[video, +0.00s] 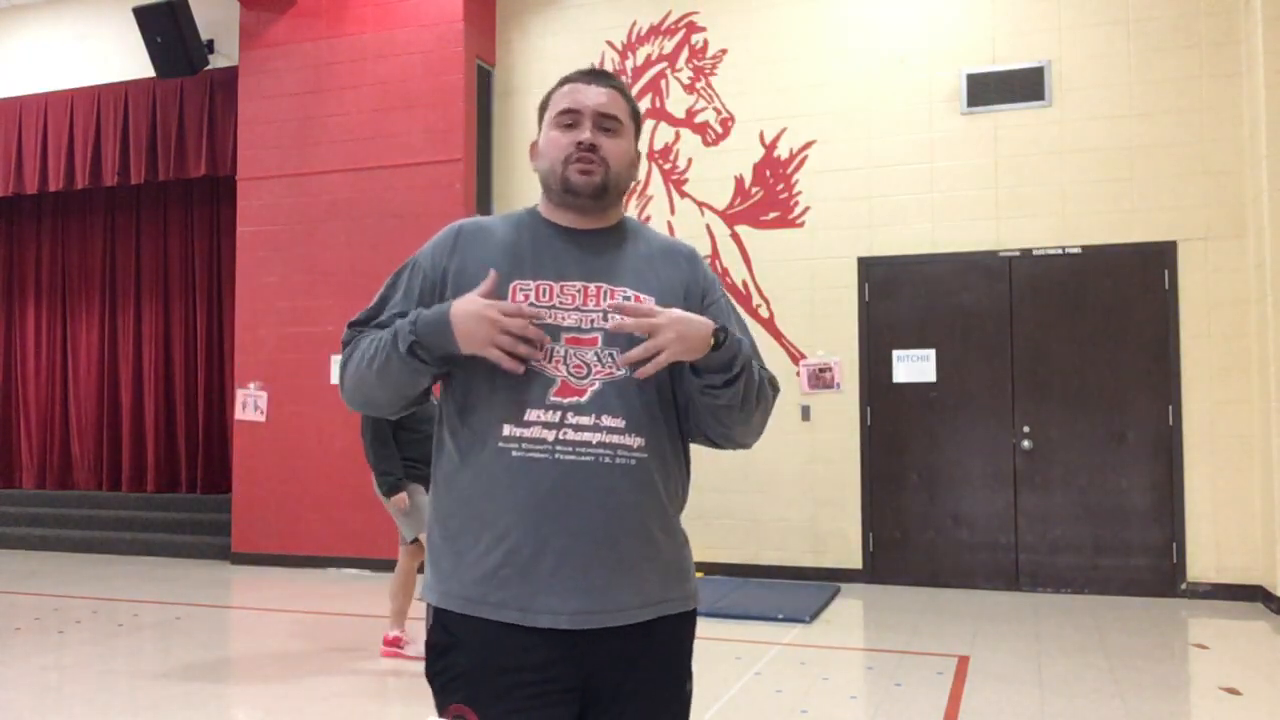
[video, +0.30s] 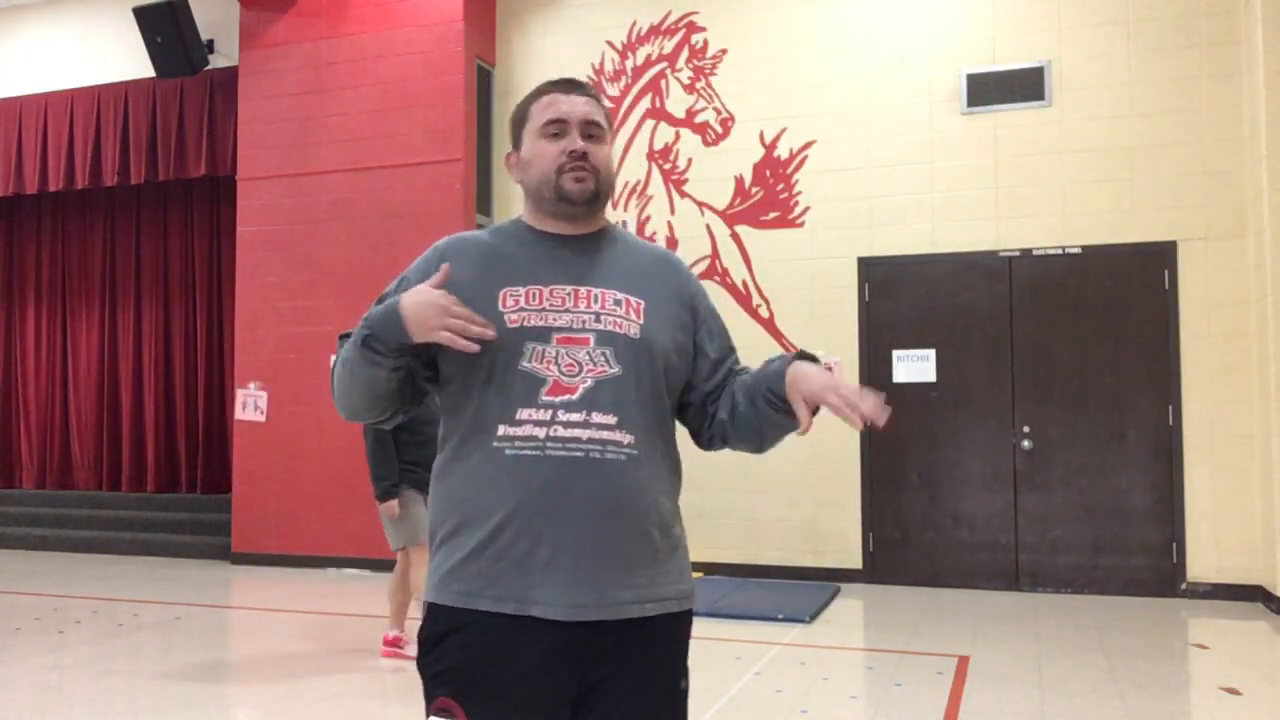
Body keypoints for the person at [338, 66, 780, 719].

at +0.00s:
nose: (587, 136)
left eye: (609, 125)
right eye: (568, 122)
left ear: (637, 159)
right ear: (535, 149)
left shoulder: (680, 270)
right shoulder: (465, 247)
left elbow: (740, 425)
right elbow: (362, 382)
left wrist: (714, 346)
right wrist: (441, 330)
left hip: (640, 612)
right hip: (488, 609)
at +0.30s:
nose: (576, 144)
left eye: (592, 133)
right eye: (555, 132)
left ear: (614, 158)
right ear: (515, 160)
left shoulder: (666, 278)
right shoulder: (456, 263)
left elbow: (720, 412)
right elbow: (358, 402)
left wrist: (786, 377)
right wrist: (393, 322)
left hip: (638, 612)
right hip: (487, 609)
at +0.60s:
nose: (552, 157)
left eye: (565, 143)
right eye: (528, 145)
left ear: (586, 164)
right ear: (491, 176)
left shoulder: (641, 278)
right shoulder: (443, 272)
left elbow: (677, 411)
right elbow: (365, 413)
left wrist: (731, 387)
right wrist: (373, 334)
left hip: (613, 594)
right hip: (470, 593)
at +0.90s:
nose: (522, 172)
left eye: (535, 159)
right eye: (499, 162)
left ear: (556, 177)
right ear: (469, 193)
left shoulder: (617, 275)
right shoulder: (429, 287)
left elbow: (685, 391)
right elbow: (361, 410)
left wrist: (606, 342)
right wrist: (427, 376)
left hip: (586, 585)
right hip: (451, 585)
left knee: (574, 710)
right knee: (457, 712)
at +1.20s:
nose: (503, 182)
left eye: (520, 169)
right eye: (485, 171)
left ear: (548, 186)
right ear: (463, 195)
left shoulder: (601, 271)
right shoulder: (424, 289)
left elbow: (629, 372)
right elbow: (366, 403)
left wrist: (510, 335)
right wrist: (437, 394)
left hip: (573, 573)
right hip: (442, 574)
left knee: (562, 711)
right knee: (450, 714)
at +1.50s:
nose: (504, 182)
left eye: (520, 170)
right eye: (486, 171)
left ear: (548, 192)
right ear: (462, 198)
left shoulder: (595, 272)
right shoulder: (420, 293)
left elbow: (613, 374)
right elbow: (362, 406)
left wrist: (470, 365)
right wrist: (429, 397)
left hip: (571, 573)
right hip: (440, 577)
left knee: (561, 710)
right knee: (447, 713)